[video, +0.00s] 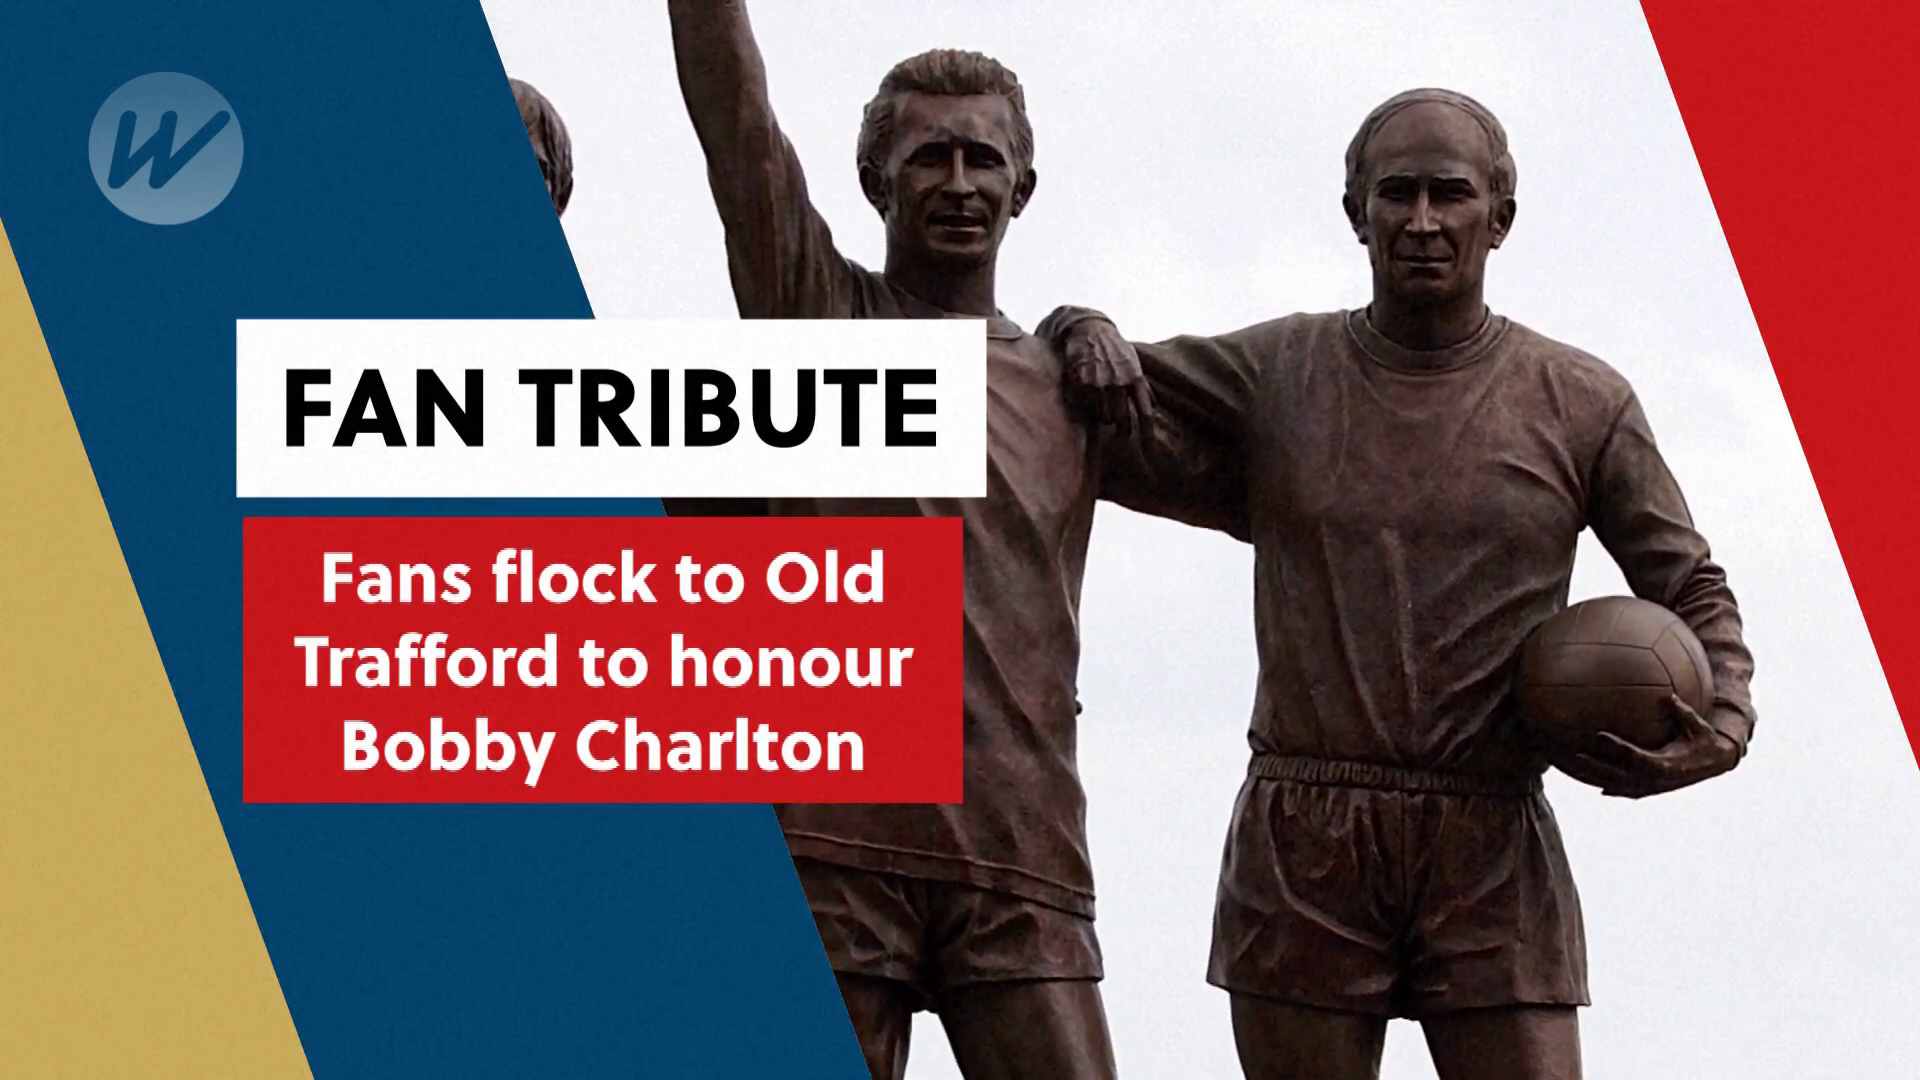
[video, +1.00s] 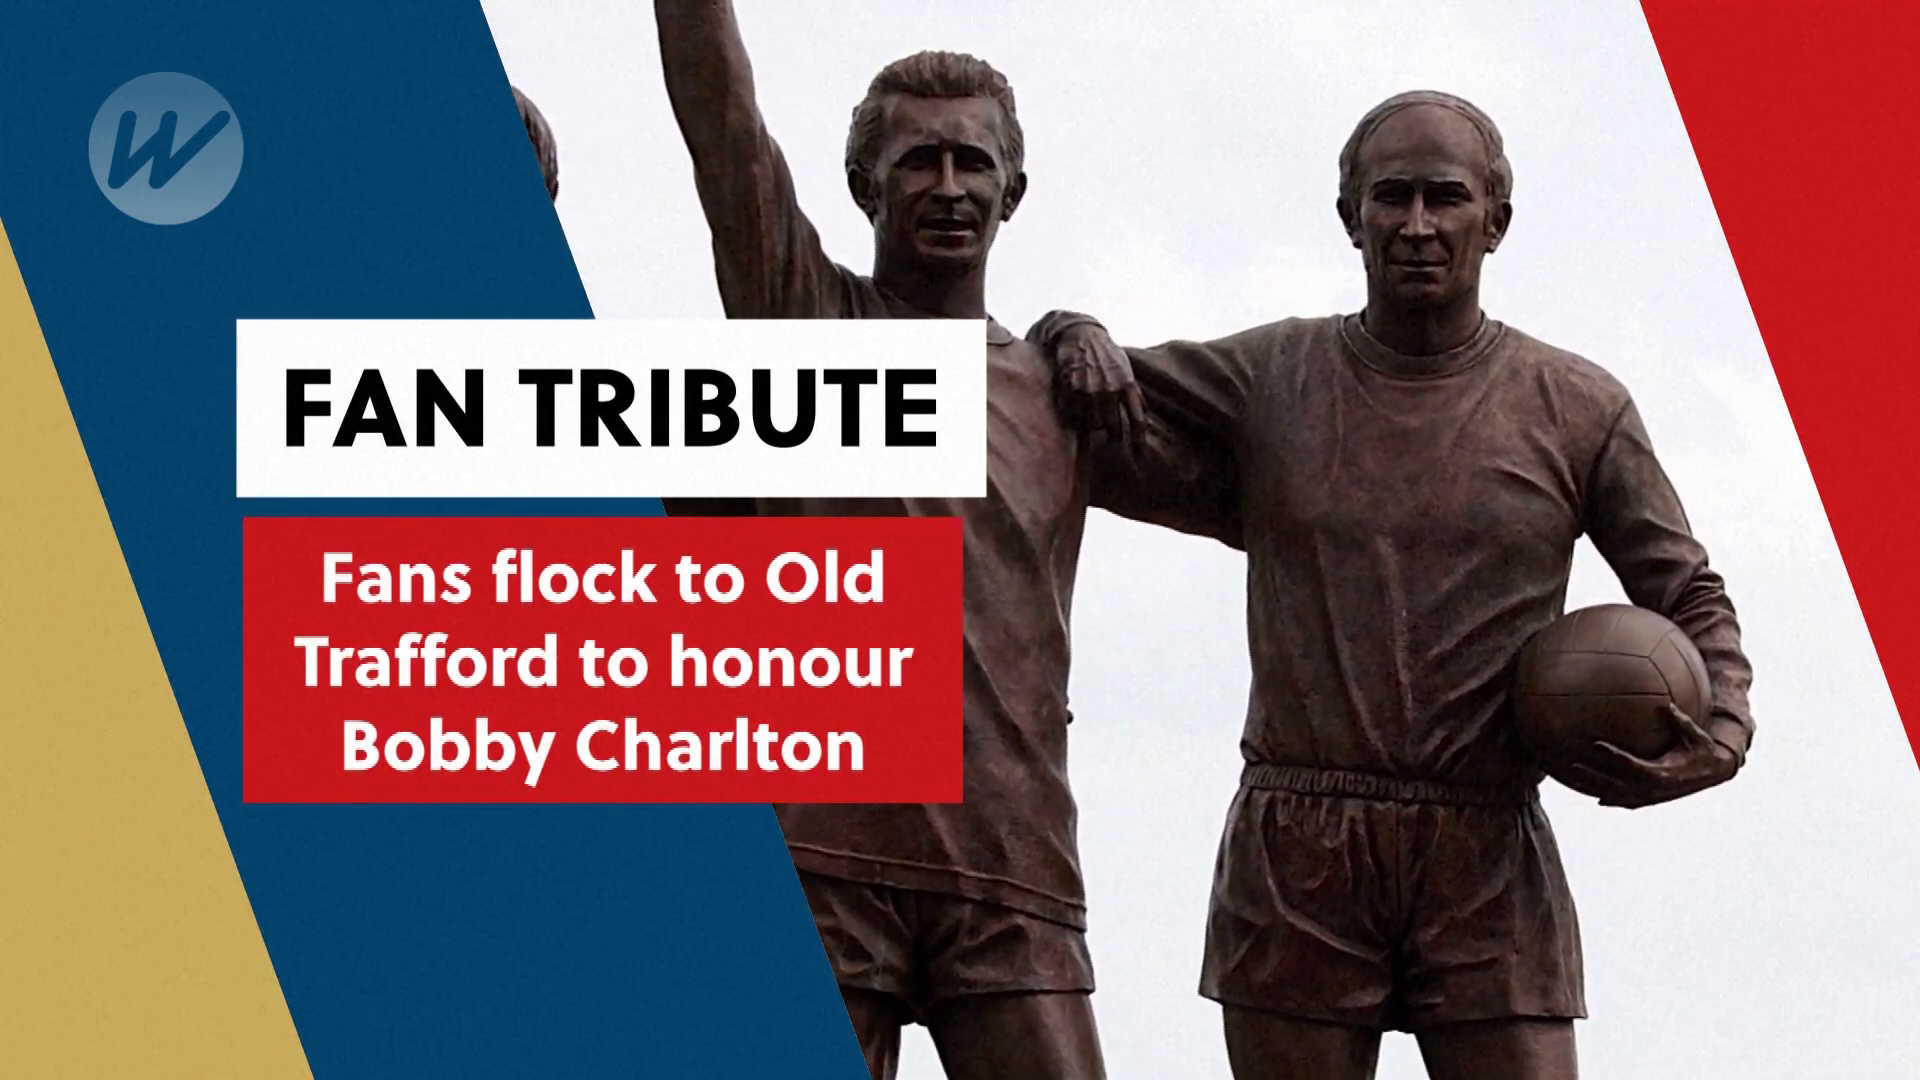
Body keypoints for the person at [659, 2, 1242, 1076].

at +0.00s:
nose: (959, 180)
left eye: (983, 157)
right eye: (928, 157)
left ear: (1020, 184)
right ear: (876, 181)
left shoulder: (1071, 390)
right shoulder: (815, 317)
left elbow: (1279, 487)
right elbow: (735, 125)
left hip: (1021, 863)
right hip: (828, 857)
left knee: (1074, 1068)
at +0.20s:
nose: (957, 181)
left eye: (981, 158)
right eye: (927, 158)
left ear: (1018, 185)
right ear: (873, 182)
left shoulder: (1071, 390)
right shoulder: (812, 318)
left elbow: (1275, 487)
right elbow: (733, 127)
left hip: (1019, 862)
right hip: (826, 856)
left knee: (1069, 1061)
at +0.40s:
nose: (956, 182)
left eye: (979, 159)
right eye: (925, 159)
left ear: (1017, 187)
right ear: (871, 183)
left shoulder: (1069, 391)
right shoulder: (809, 321)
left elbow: (1275, 489)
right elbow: (728, 121)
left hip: (1018, 864)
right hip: (825, 860)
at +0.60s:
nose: (953, 183)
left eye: (977, 159)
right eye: (922, 159)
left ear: (1015, 186)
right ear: (869, 185)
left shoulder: (1068, 391)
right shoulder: (808, 322)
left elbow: (1269, 485)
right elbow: (728, 130)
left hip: (1016, 865)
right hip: (824, 861)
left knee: (1066, 1060)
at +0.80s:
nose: (950, 183)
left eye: (975, 159)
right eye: (920, 160)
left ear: (1013, 188)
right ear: (867, 187)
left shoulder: (1067, 393)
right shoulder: (805, 322)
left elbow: (1274, 491)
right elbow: (726, 131)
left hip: (1014, 870)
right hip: (820, 866)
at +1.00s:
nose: (948, 184)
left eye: (973, 160)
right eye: (918, 160)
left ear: (1011, 190)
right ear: (865, 186)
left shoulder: (1064, 396)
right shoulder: (802, 323)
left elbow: (1275, 495)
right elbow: (721, 127)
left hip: (1013, 868)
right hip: (820, 865)